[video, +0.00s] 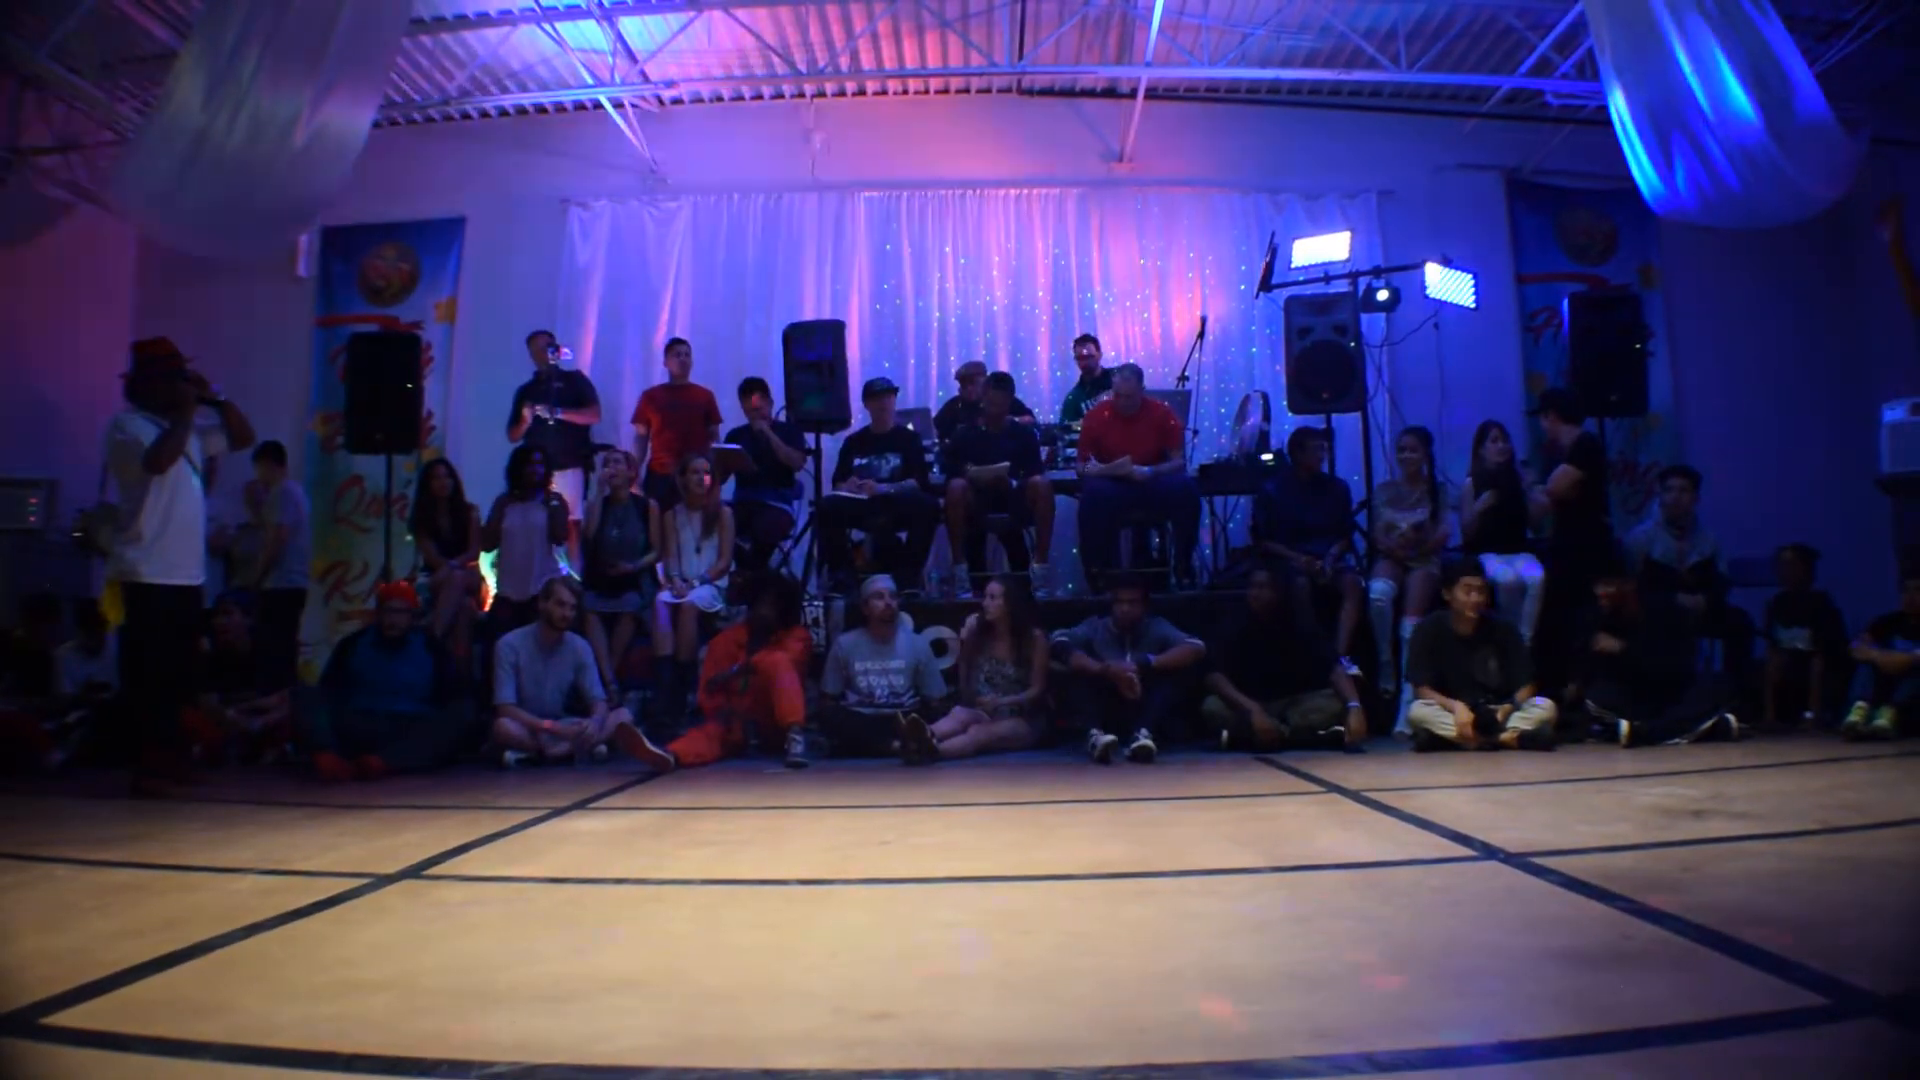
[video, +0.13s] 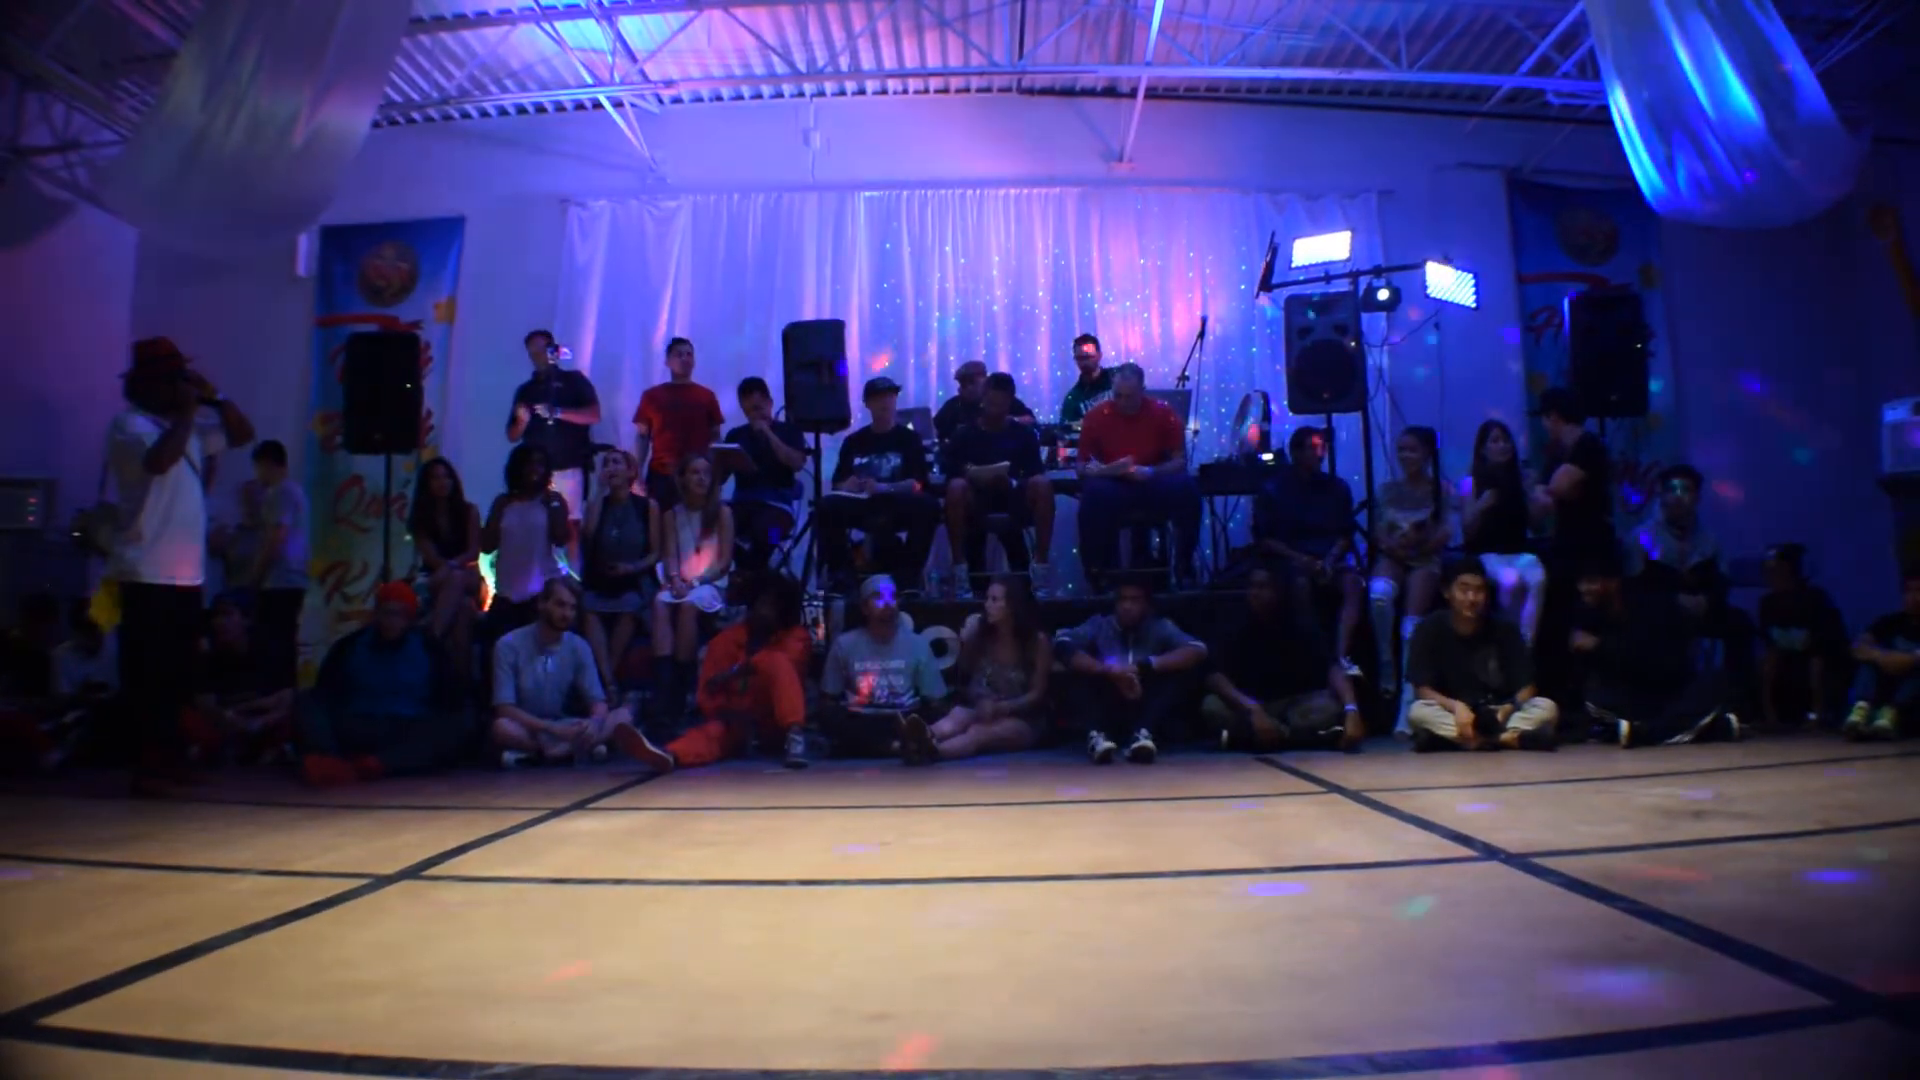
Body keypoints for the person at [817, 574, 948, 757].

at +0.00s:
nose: (888, 603)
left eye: (892, 597)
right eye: (879, 597)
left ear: (898, 602)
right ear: (865, 606)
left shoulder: (916, 645)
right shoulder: (845, 645)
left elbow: (936, 701)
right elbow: (829, 699)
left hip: (905, 715)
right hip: (860, 716)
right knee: (830, 717)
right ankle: (892, 745)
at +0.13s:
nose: (887, 603)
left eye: (892, 596)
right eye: (878, 597)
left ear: (898, 602)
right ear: (865, 606)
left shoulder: (916, 645)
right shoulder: (845, 645)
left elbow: (936, 701)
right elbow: (829, 700)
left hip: (905, 716)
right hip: (861, 718)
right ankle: (894, 746)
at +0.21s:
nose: (888, 603)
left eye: (892, 597)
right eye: (879, 598)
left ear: (898, 602)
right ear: (865, 607)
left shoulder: (916, 644)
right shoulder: (845, 645)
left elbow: (937, 700)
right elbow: (829, 699)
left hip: (904, 715)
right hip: (861, 717)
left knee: (963, 713)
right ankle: (894, 746)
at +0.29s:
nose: (888, 603)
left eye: (892, 597)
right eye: (879, 598)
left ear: (898, 602)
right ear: (865, 607)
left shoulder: (916, 644)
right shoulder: (845, 645)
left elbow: (936, 700)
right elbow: (829, 699)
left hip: (905, 716)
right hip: (861, 718)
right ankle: (894, 747)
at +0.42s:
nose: (887, 603)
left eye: (891, 597)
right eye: (878, 598)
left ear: (898, 602)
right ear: (865, 606)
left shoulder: (916, 644)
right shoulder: (845, 645)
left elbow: (936, 701)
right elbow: (829, 699)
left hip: (908, 717)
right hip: (863, 717)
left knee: (964, 714)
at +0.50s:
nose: (886, 603)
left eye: (891, 596)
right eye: (878, 598)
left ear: (897, 601)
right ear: (864, 605)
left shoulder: (916, 645)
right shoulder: (845, 645)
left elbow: (937, 702)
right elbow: (829, 701)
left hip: (908, 721)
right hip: (862, 722)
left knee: (964, 714)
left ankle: (925, 747)